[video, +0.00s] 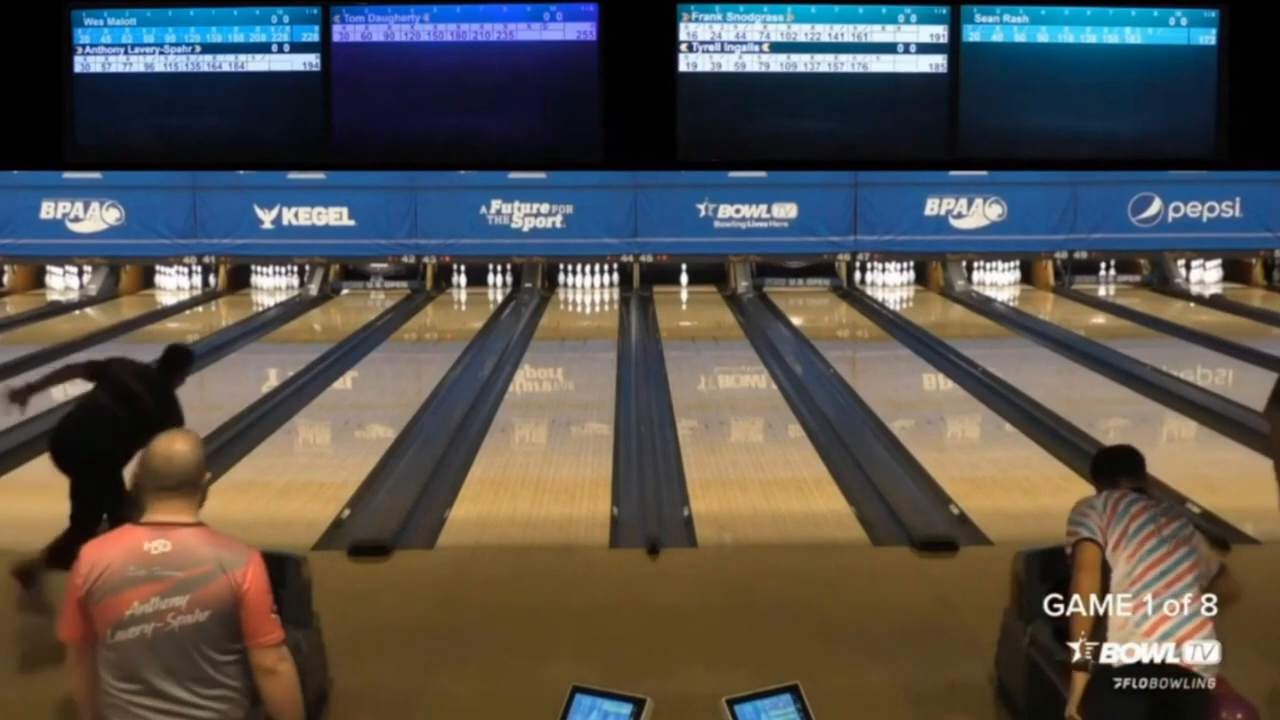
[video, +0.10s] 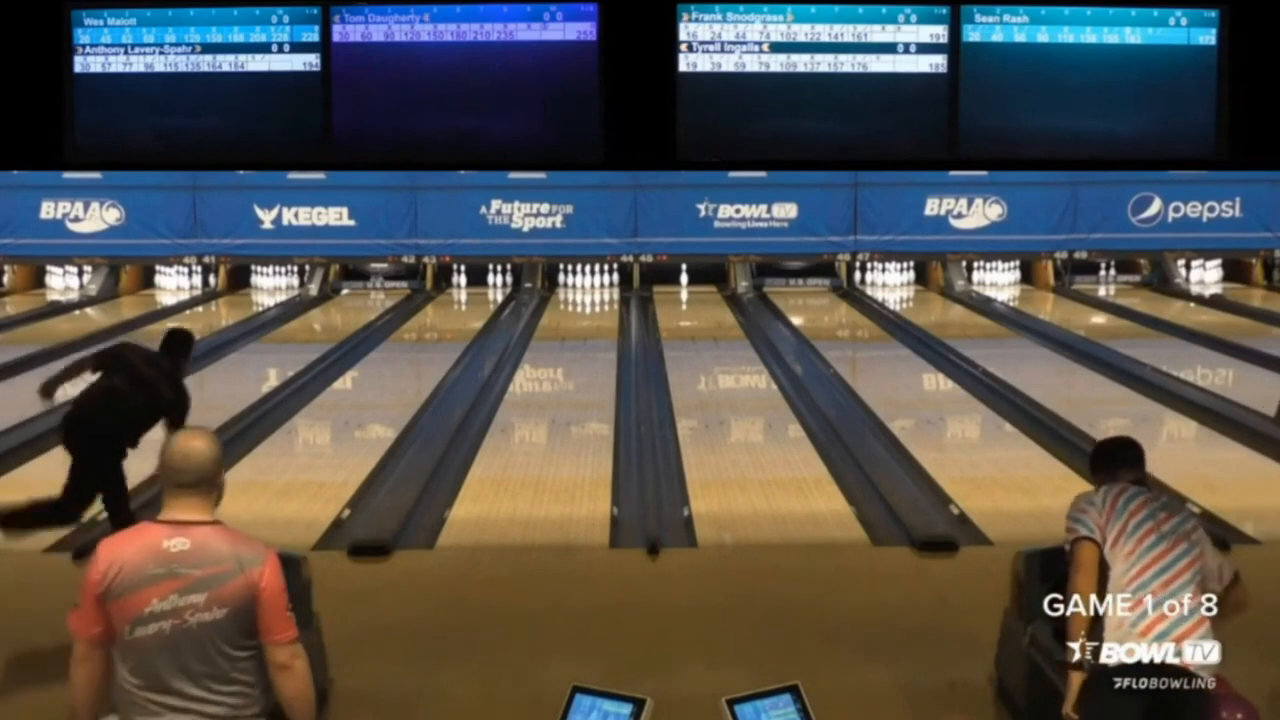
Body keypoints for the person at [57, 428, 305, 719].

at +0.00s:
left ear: (136, 482)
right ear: (204, 483)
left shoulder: (93, 558)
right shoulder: (242, 561)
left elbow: (78, 663)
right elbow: (272, 666)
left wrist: (90, 713)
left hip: (124, 711)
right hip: (217, 710)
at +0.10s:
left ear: (160, 478)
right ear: (219, 484)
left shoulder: (110, 556)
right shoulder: (258, 560)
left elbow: (86, 660)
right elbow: (286, 662)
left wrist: (87, 716)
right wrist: (304, 715)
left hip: (142, 712)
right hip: (235, 711)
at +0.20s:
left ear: (175, 474)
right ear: (235, 481)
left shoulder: (126, 554)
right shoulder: (273, 558)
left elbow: (99, 655)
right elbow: (304, 656)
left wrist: (84, 714)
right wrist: (323, 711)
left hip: (153, 710)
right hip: (245, 710)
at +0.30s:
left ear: (178, 473)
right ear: (239, 480)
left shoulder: (128, 551)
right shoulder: (275, 557)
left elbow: (102, 651)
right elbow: (306, 655)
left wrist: (87, 714)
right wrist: (326, 709)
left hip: (154, 711)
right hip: (246, 710)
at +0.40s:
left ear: (179, 473)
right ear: (239, 480)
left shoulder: (129, 551)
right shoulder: (276, 558)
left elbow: (103, 650)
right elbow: (307, 654)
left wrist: (91, 714)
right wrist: (326, 709)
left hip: (153, 711)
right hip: (245, 711)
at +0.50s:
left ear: (178, 472)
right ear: (236, 477)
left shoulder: (127, 547)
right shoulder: (270, 557)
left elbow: (103, 648)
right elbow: (298, 656)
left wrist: (100, 713)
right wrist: (318, 710)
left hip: (150, 710)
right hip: (242, 710)